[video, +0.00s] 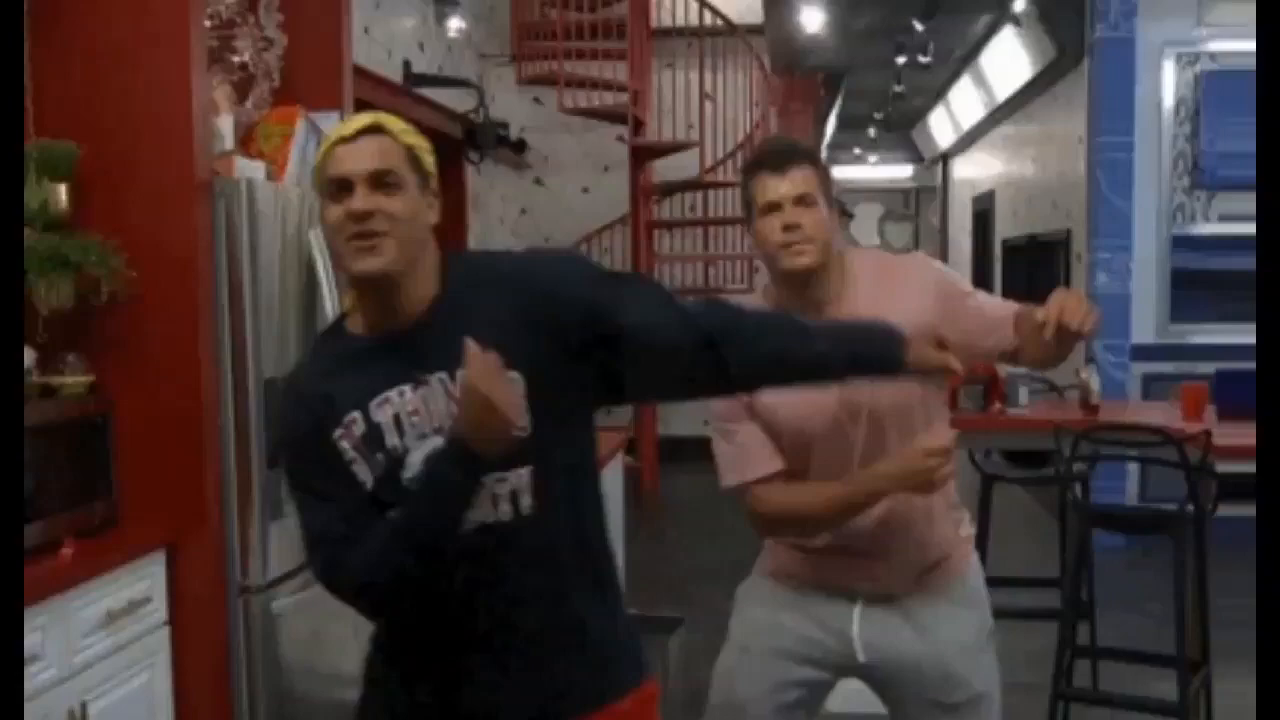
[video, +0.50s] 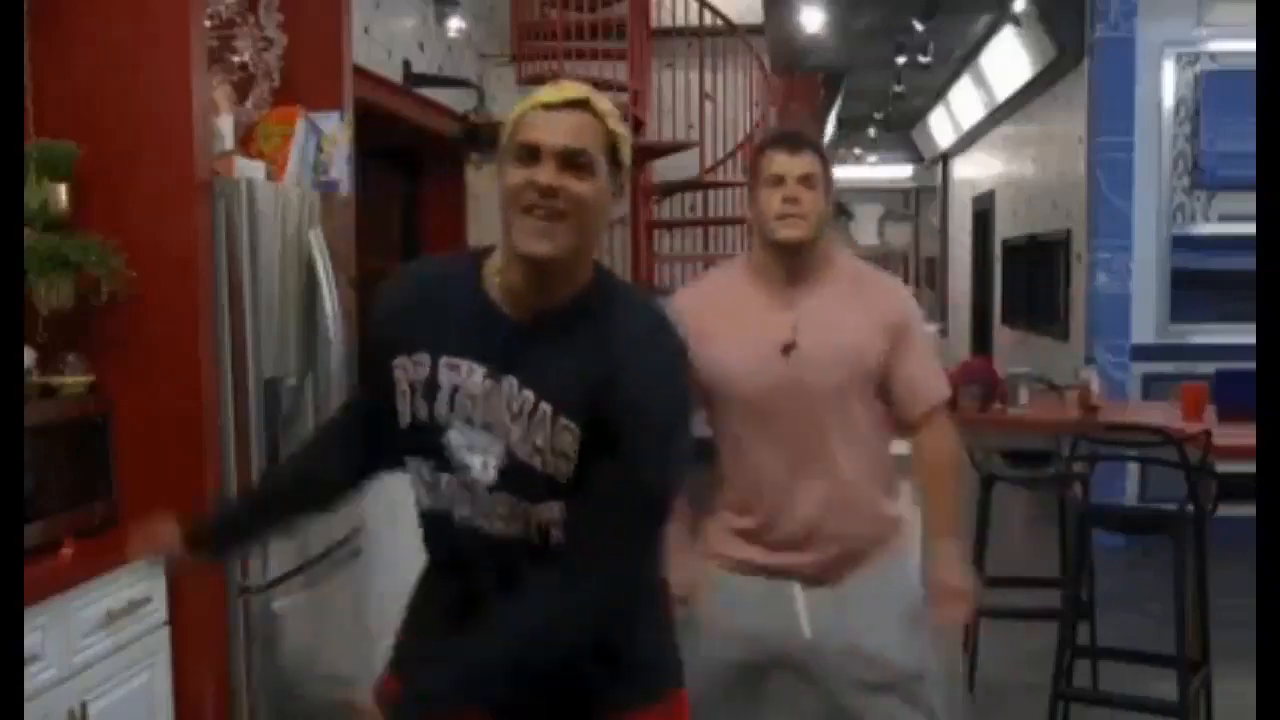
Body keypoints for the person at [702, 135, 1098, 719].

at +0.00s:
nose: (789, 221)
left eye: (803, 203)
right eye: (769, 211)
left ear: (834, 215)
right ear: (752, 234)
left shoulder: (914, 282)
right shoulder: (733, 336)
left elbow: (1026, 345)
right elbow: (766, 507)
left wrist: (1060, 323)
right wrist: (887, 478)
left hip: (930, 586)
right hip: (794, 585)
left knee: (966, 708)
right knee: (738, 707)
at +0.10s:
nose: (796, 213)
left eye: (810, 195)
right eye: (776, 202)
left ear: (839, 206)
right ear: (757, 227)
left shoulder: (919, 278)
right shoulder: (743, 328)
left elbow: (1029, 342)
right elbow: (767, 498)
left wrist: (1062, 318)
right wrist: (889, 471)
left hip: (933, 585)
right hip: (796, 585)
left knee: (969, 709)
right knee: (744, 707)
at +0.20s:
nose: (815, 188)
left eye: (829, 172)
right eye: (796, 177)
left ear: (853, 185)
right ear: (774, 198)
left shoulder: (920, 268)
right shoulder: (733, 317)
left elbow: (1006, 350)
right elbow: (748, 465)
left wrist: (1056, 359)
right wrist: (886, 483)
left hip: (932, 567)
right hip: (804, 572)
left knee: (962, 708)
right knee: (787, 710)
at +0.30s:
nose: (823, 194)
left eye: (838, 180)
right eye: (804, 182)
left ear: (859, 195)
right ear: (778, 203)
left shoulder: (923, 285)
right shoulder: (736, 317)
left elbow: (992, 389)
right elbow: (735, 454)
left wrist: (1069, 410)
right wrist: (859, 517)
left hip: (924, 573)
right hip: (798, 574)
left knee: (953, 710)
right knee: (780, 713)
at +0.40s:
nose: (810, 209)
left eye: (826, 196)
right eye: (794, 197)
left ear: (848, 213)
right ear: (770, 217)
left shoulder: (910, 312)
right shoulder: (720, 330)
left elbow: (957, 434)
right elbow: (712, 468)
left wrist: (1024, 541)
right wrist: (754, 570)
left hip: (895, 587)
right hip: (762, 587)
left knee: (931, 707)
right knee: (733, 707)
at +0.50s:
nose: (790, 196)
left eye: (806, 183)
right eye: (774, 183)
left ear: (829, 200)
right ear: (751, 202)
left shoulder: (884, 301)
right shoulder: (694, 309)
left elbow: (933, 428)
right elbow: (659, 442)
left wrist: (947, 555)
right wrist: (676, 550)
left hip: (870, 578)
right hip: (738, 579)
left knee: (899, 706)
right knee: (714, 709)